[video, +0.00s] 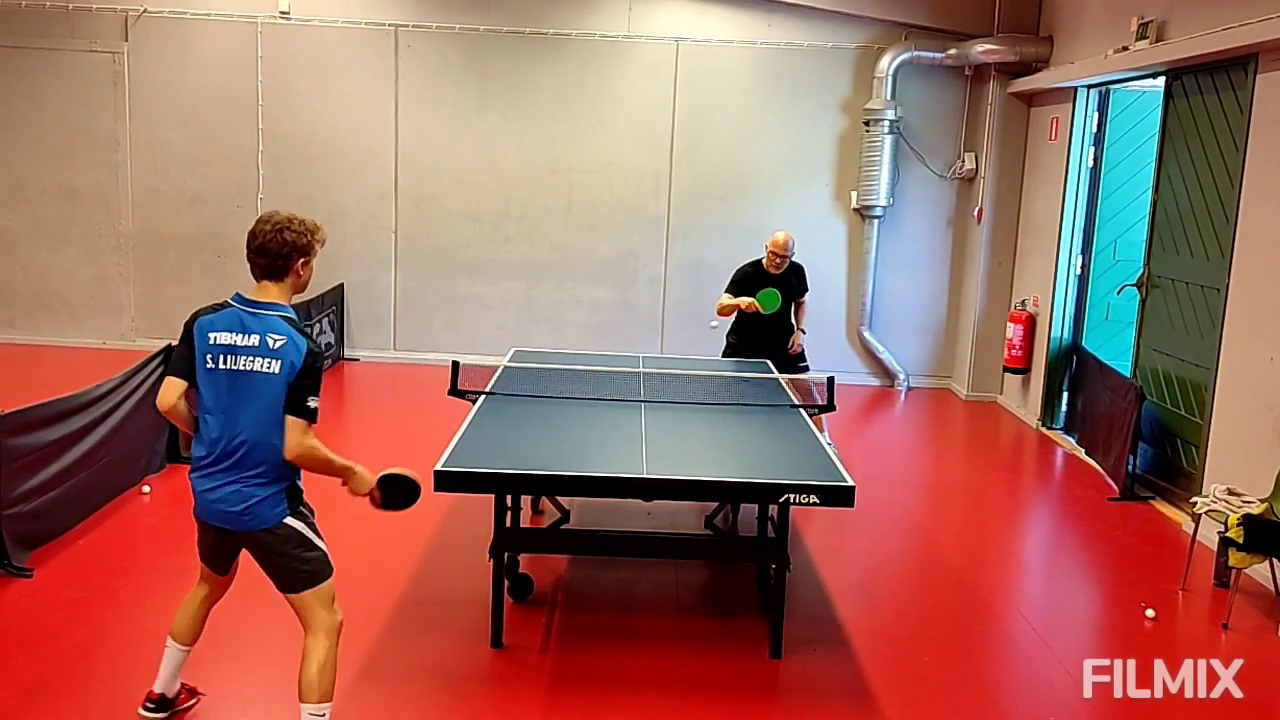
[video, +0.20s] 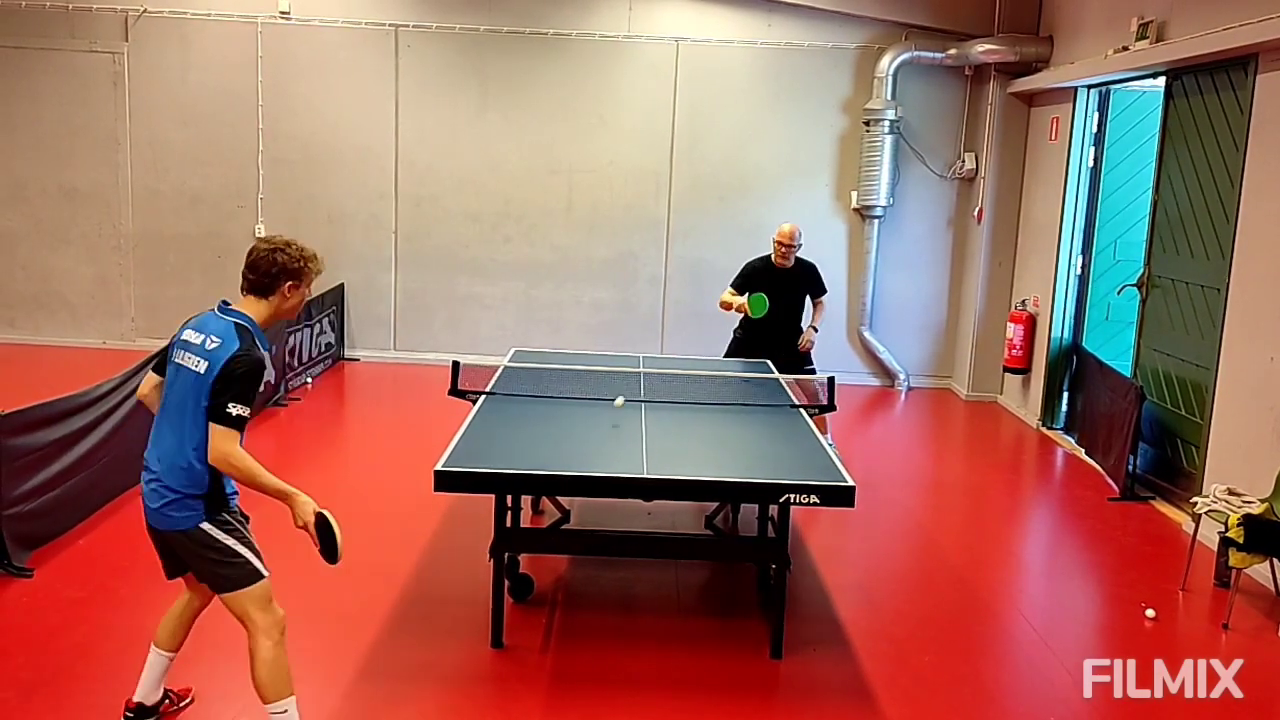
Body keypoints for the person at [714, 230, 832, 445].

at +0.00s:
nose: (778, 261)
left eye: (784, 257)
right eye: (774, 255)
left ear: (791, 255)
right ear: (766, 248)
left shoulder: (796, 272)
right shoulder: (747, 272)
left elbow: (801, 302)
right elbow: (721, 309)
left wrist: (800, 331)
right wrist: (738, 302)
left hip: (781, 345)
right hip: (744, 345)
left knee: (806, 392)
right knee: (727, 394)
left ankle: (824, 443)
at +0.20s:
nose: (784, 250)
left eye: (790, 247)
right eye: (780, 245)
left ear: (799, 247)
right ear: (773, 242)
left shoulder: (807, 271)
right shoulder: (755, 267)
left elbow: (819, 304)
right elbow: (725, 300)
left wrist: (813, 329)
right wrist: (737, 302)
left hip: (788, 342)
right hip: (750, 340)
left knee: (813, 394)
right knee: (723, 384)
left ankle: (825, 443)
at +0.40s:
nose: (767, 251)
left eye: (773, 248)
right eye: (763, 246)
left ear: (781, 251)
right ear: (757, 246)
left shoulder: (790, 278)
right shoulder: (739, 274)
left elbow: (799, 310)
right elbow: (710, 306)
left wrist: (799, 332)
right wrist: (721, 310)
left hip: (774, 349)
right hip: (735, 346)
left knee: (803, 396)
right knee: (701, 386)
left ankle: (823, 446)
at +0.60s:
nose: (750, 243)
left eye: (756, 240)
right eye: (746, 238)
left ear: (765, 243)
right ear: (740, 237)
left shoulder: (771, 271)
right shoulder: (719, 264)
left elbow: (772, 305)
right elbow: (692, 296)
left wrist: (773, 327)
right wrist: (704, 303)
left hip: (750, 342)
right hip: (714, 340)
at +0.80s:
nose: (742, 243)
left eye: (748, 239)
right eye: (739, 238)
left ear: (758, 242)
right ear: (732, 237)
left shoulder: (765, 268)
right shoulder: (713, 263)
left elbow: (770, 303)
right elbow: (685, 293)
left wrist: (763, 324)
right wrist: (695, 300)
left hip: (746, 343)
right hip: (709, 342)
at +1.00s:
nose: (747, 266)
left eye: (753, 263)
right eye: (742, 260)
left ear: (761, 263)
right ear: (736, 259)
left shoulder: (769, 283)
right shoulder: (718, 281)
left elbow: (775, 318)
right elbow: (694, 317)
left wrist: (771, 339)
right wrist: (707, 339)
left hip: (752, 350)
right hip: (715, 349)